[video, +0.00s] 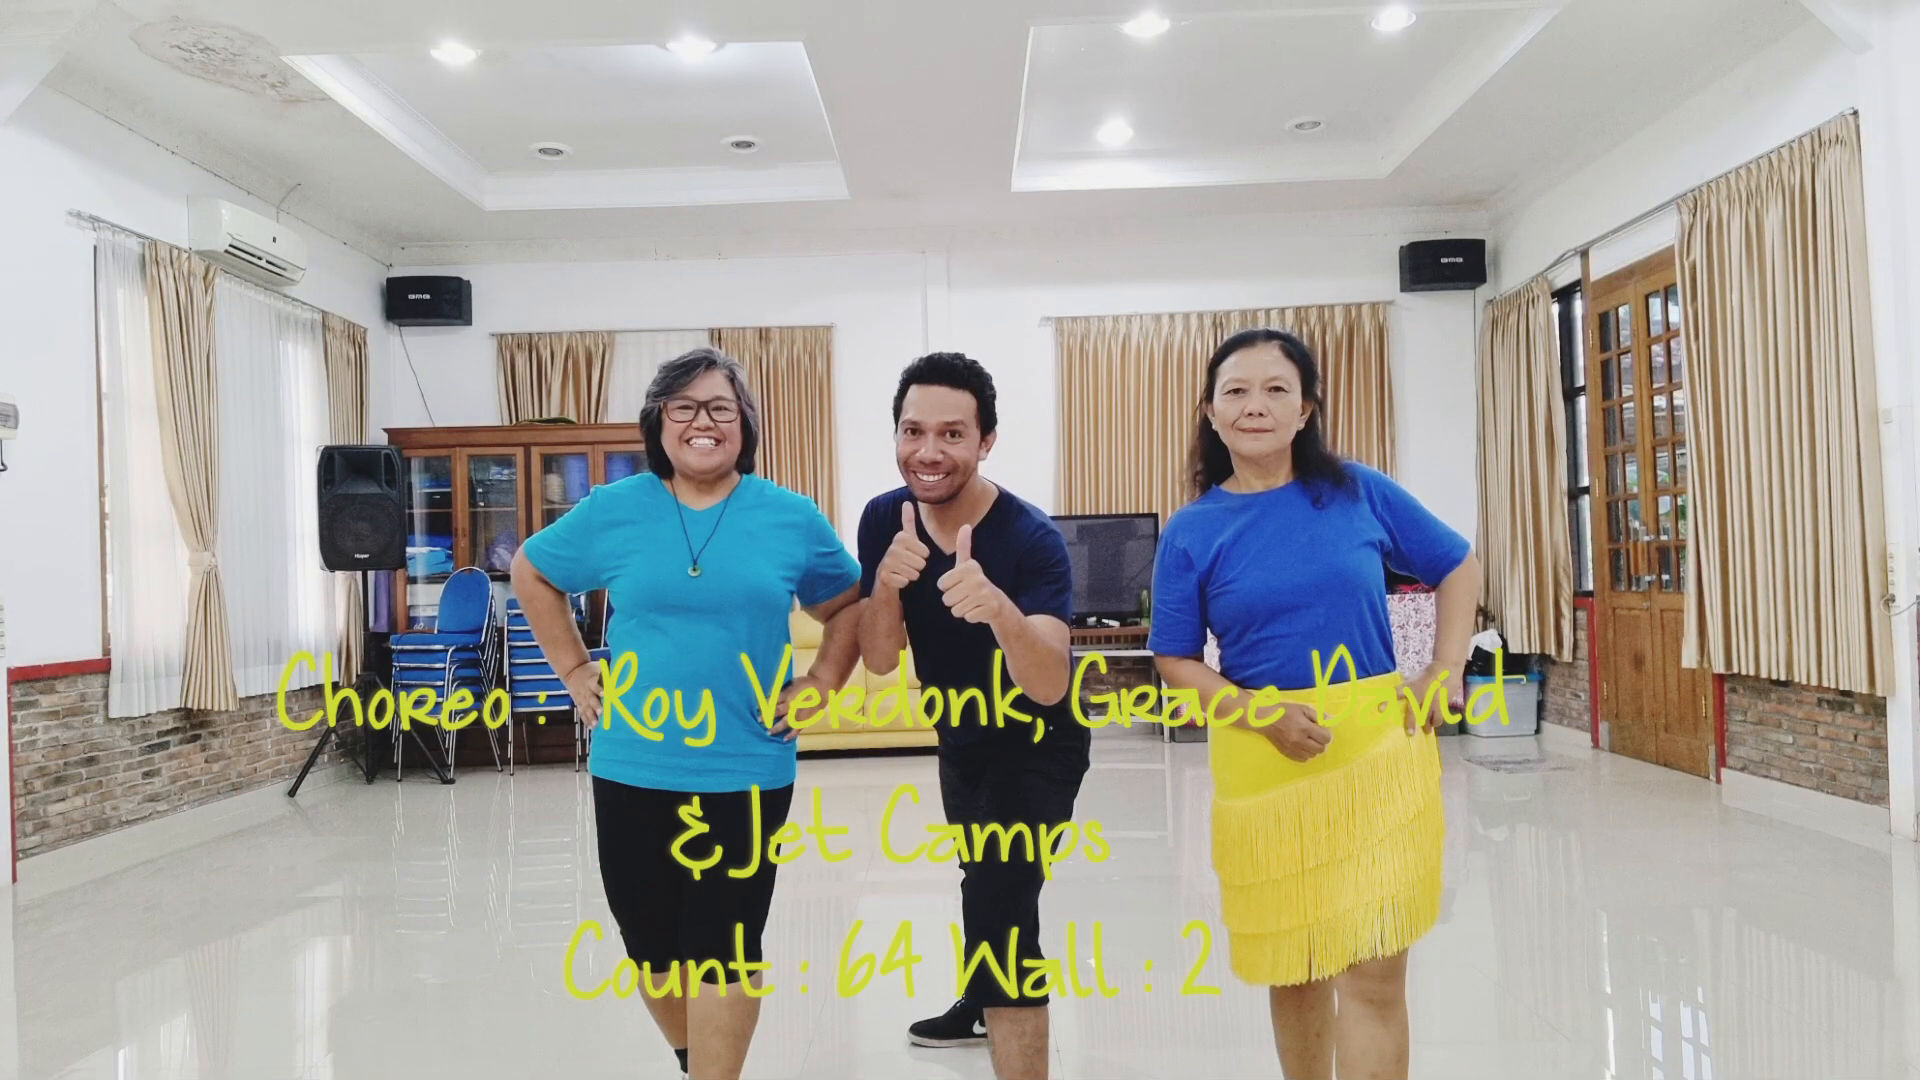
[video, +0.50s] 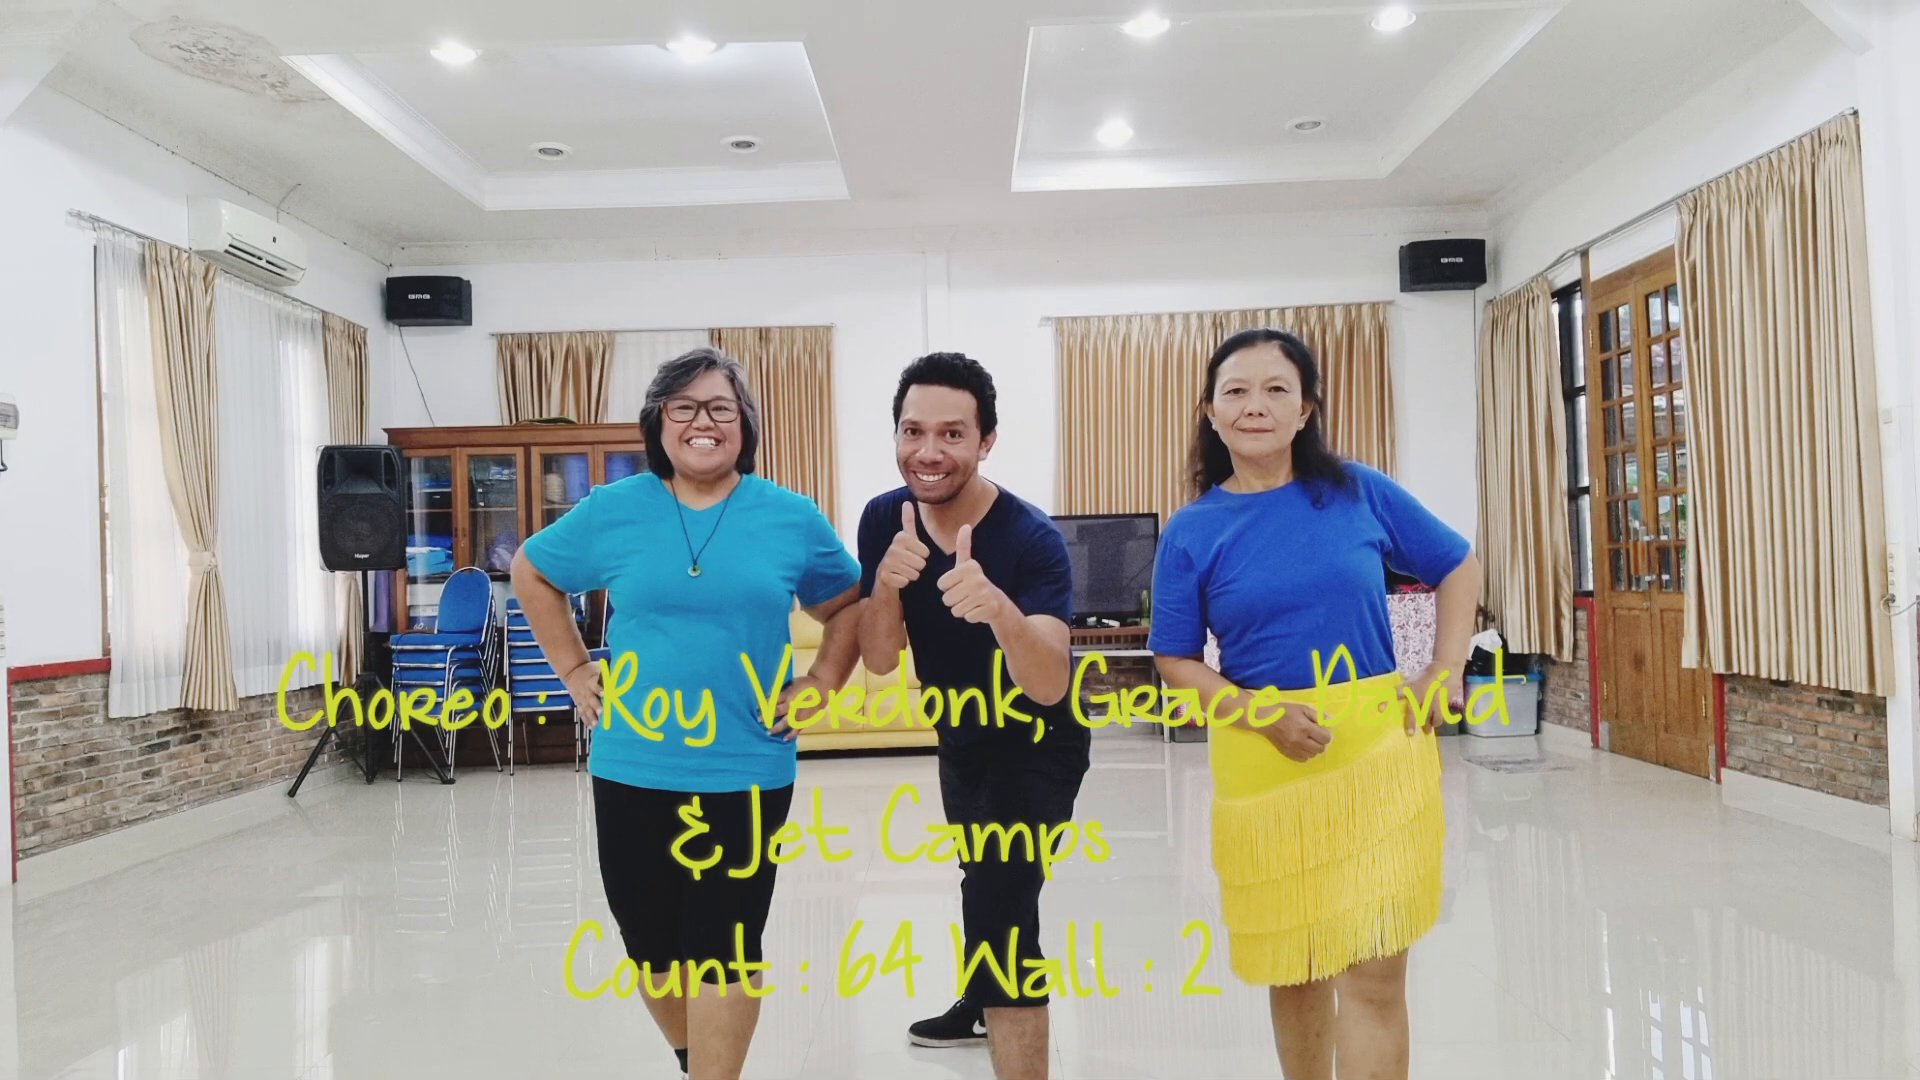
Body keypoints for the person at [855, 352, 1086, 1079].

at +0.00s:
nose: (930, 453)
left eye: (952, 436)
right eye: (914, 433)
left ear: (986, 444)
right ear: (896, 439)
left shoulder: (1031, 541)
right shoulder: (885, 521)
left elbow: (1050, 684)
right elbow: (880, 660)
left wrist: (1001, 612)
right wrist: (883, 589)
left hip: (1039, 743)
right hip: (961, 741)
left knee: (1001, 923)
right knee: (981, 878)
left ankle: (1023, 1070)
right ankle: (985, 1003)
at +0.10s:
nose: (929, 453)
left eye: (951, 436)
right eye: (914, 433)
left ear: (986, 444)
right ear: (896, 438)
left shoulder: (1031, 541)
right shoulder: (886, 521)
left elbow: (1050, 684)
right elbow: (880, 660)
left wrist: (1002, 612)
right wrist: (883, 588)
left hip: (1040, 742)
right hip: (960, 741)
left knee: (1001, 920)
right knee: (981, 878)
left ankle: (1023, 1071)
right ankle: (985, 1002)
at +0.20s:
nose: (929, 453)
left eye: (951, 436)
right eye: (914, 433)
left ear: (986, 444)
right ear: (896, 438)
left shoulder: (1031, 541)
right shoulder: (886, 521)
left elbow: (1050, 684)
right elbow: (880, 660)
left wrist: (1002, 612)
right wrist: (883, 588)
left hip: (1040, 742)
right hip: (960, 741)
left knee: (1001, 920)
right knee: (981, 878)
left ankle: (1023, 1071)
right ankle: (985, 1002)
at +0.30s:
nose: (929, 453)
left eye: (951, 436)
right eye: (914, 433)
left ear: (986, 444)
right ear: (896, 438)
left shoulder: (1031, 541)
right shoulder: (886, 521)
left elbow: (1050, 684)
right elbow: (880, 660)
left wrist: (1002, 612)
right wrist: (883, 588)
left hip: (1040, 742)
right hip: (960, 741)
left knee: (1001, 920)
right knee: (981, 878)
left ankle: (1023, 1071)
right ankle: (985, 1002)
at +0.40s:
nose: (929, 453)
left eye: (951, 436)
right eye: (914, 433)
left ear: (986, 444)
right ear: (896, 438)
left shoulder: (1031, 541)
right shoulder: (886, 521)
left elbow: (1050, 684)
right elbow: (880, 660)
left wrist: (1002, 612)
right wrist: (883, 588)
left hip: (1040, 742)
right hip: (960, 741)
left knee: (1001, 920)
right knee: (981, 878)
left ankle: (1023, 1071)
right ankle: (985, 1002)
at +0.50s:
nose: (929, 453)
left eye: (951, 436)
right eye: (914, 433)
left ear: (986, 444)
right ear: (896, 438)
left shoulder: (1031, 541)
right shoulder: (886, 521)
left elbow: (1050, 684)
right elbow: (880, 660)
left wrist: (1002, 613)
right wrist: (883, 588)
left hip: (1040, 742)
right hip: (960, 741)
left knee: (1001, 920)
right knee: (981, 878)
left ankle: (1023, 1071)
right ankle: (985, 1002)